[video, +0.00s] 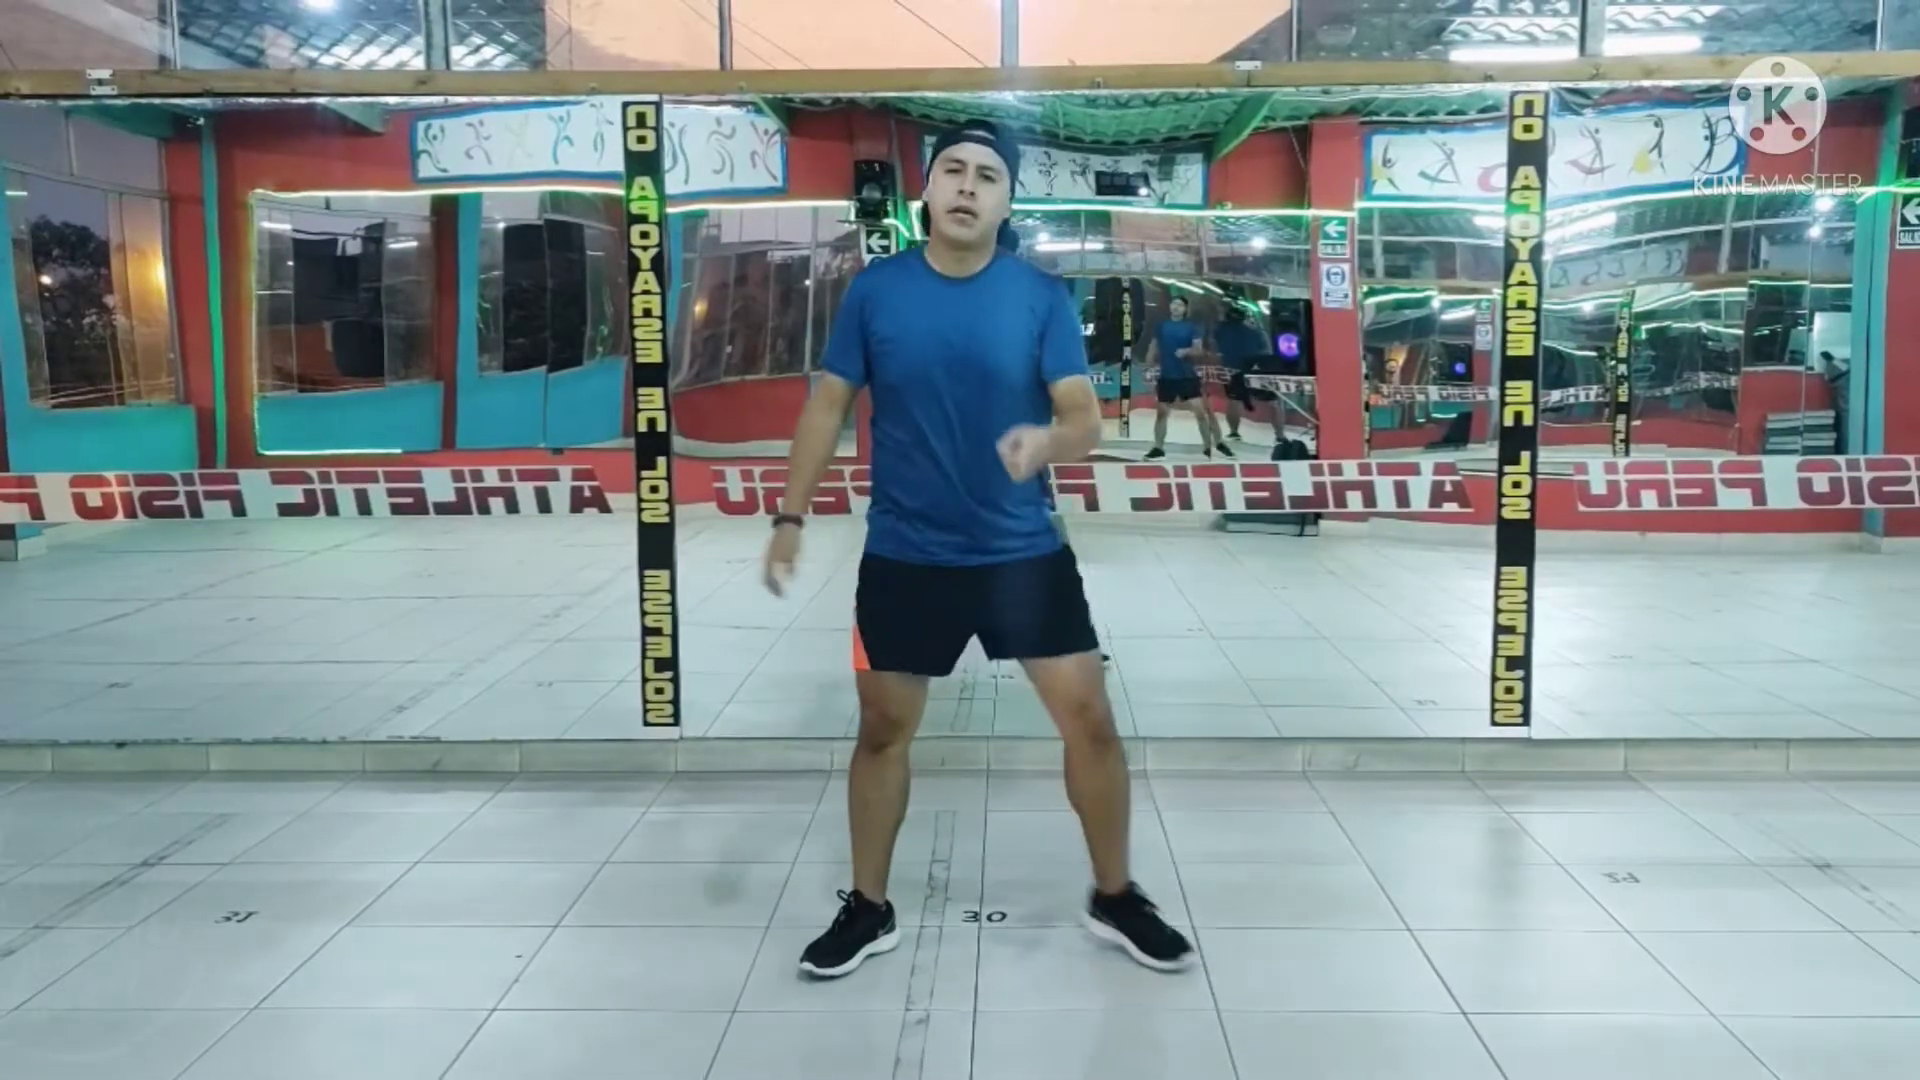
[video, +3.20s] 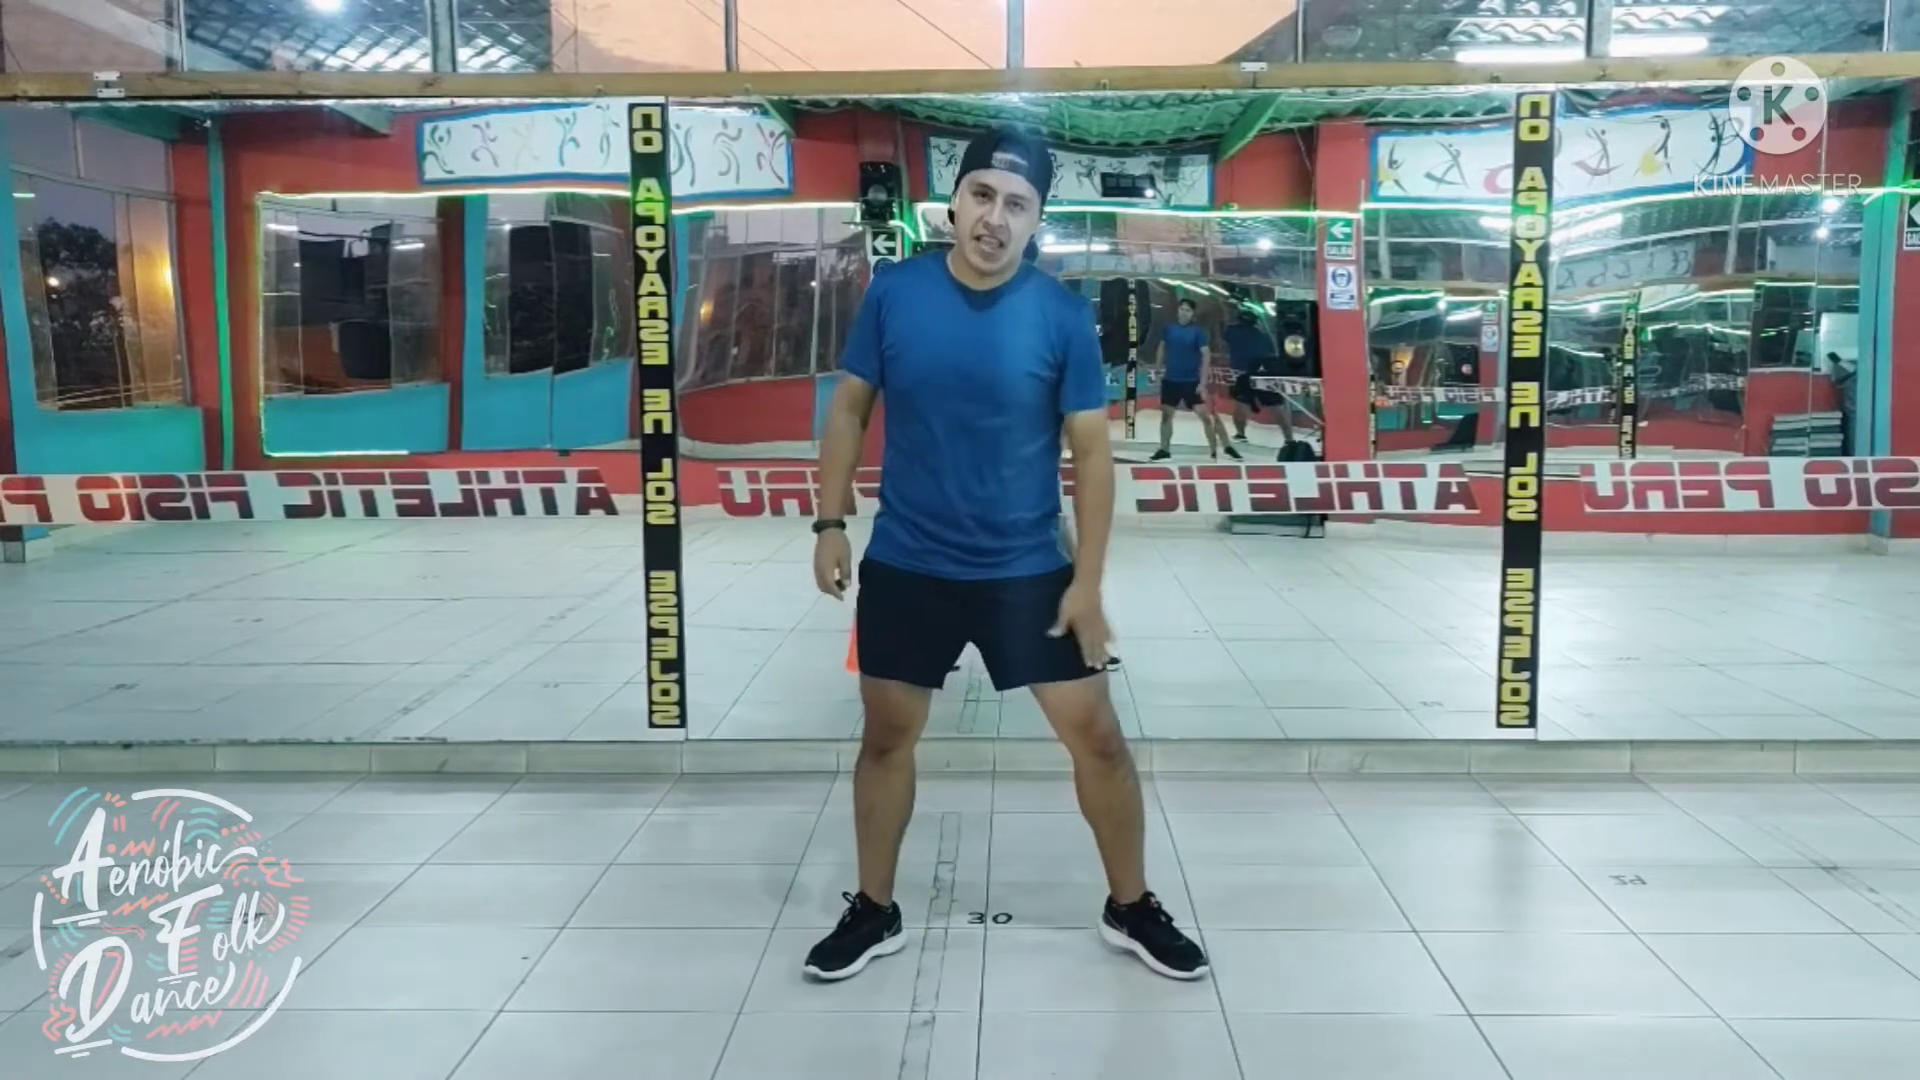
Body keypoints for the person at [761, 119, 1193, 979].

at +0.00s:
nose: (967, 186)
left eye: (986, 177)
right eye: (953, 172)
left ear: (1008, 204)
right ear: (926, 192)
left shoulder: (1039, 295)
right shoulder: (874, 291)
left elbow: (1084, 424)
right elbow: (827, 406)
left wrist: (1046, 441)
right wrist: (791, 515)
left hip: (1023, 549)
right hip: (907, 549)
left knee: (1089, 715)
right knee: (882, 727)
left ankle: (1115, 893)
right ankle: (867, 901)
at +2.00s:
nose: (996, 190)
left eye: (1016, 180)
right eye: (982, 174)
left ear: (1039, 204)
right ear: (955, 191)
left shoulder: (1069, 298)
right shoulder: (900, 292)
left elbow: (1111, 432)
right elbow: (866, 412)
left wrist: (1069, 397)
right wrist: (848, 529)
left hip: (1045, 564)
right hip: (928, 560)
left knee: (1095, 742)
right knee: (896, 740)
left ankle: (1125, 906)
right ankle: (872, 905)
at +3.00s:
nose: (997, 207)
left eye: (1017, 195)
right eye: (984, 187)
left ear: (1039, 214)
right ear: (956, 195)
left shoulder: (1066, 304)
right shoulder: (898, 291)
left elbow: (1109, 412)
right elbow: (858, 407)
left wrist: (1123, 509)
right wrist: (842, 526)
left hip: (1033, 563)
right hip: (918, 557)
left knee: (1093, 739)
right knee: (890, 735)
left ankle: (1127, 906)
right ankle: (874, 905)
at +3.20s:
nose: (993, 218)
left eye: (1015, 205)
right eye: (981, 197)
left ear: (1037, 221)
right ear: (954, 201)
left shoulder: (1063, 317)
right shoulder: (894, 293)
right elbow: (850, 402)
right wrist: (831, 518)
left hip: (1025, 566)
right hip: (909, 560)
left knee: (1097, 734)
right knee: (884, 735)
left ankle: (1130, 903)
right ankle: (873, 905)